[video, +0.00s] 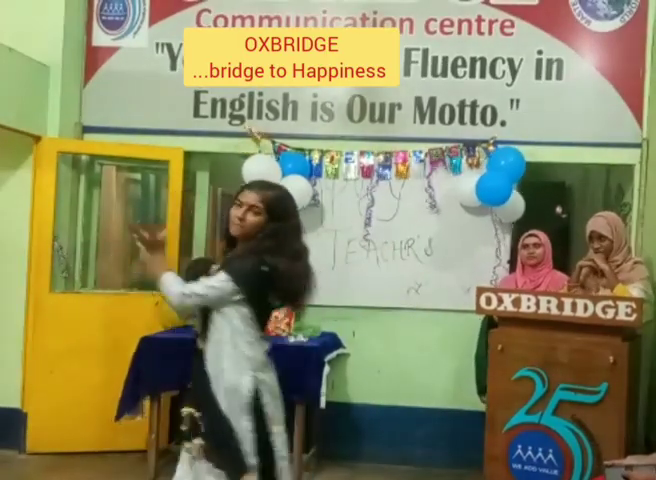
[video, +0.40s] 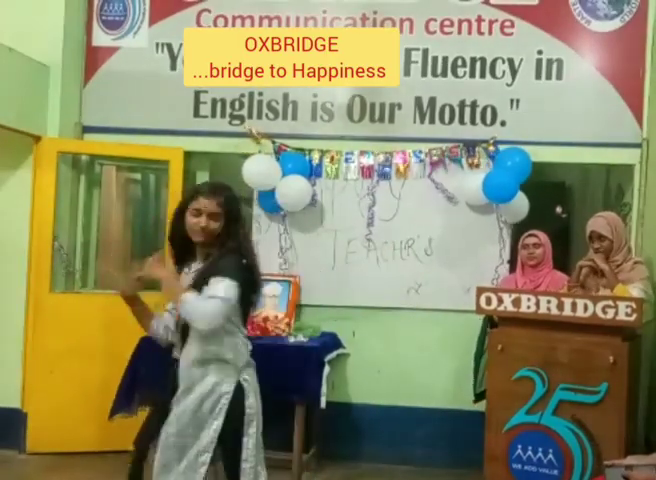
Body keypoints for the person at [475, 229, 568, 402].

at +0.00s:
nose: (531, 250)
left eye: (536, 246)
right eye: (526, 246)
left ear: (546, 250)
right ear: (519, 252)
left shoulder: (561, 281)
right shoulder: (507, 282)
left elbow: (565, 323)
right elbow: (491, 324)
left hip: (548, 353)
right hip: (511, 352)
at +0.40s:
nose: (531, 251)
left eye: (536, 246)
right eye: (526, 247)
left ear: (546, 250)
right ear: (519, 252)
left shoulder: (561, 281)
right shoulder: (507, 282)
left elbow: (565, 318)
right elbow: (496, 319)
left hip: (548, 350)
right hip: (512, 349)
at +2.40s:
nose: (531, 252)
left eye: (536, 247)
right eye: (526, 247)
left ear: (547, 251)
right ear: (519, 252)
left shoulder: (561, 281)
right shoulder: (508, 281)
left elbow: (564, 318)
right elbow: (497, 318)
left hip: (549, 349)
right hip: (513, 348)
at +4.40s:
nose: (538, 244)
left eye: (544, 238)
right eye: (533, 239)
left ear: (554, 242)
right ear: (526, 244)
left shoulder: (569, 273)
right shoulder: (515, 273)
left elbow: (573, 309)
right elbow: (504, 308)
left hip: (556, 340)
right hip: (519, 339)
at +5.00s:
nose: (539, 240)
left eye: (544, 236)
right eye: (534, 236)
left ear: (554, 240)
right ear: (527, 241)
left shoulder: (569, 270)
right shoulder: (515, 270)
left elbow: (572, 308)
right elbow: (503, 306)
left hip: (556, 338)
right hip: (519, 337)